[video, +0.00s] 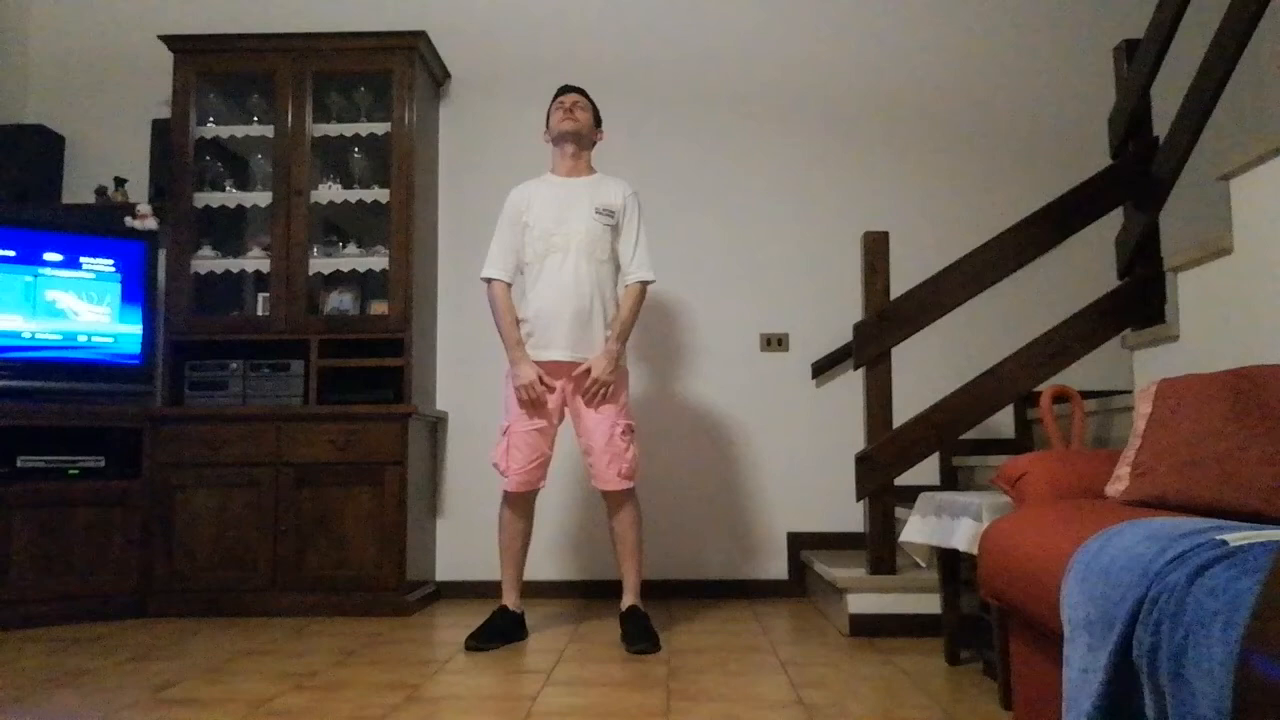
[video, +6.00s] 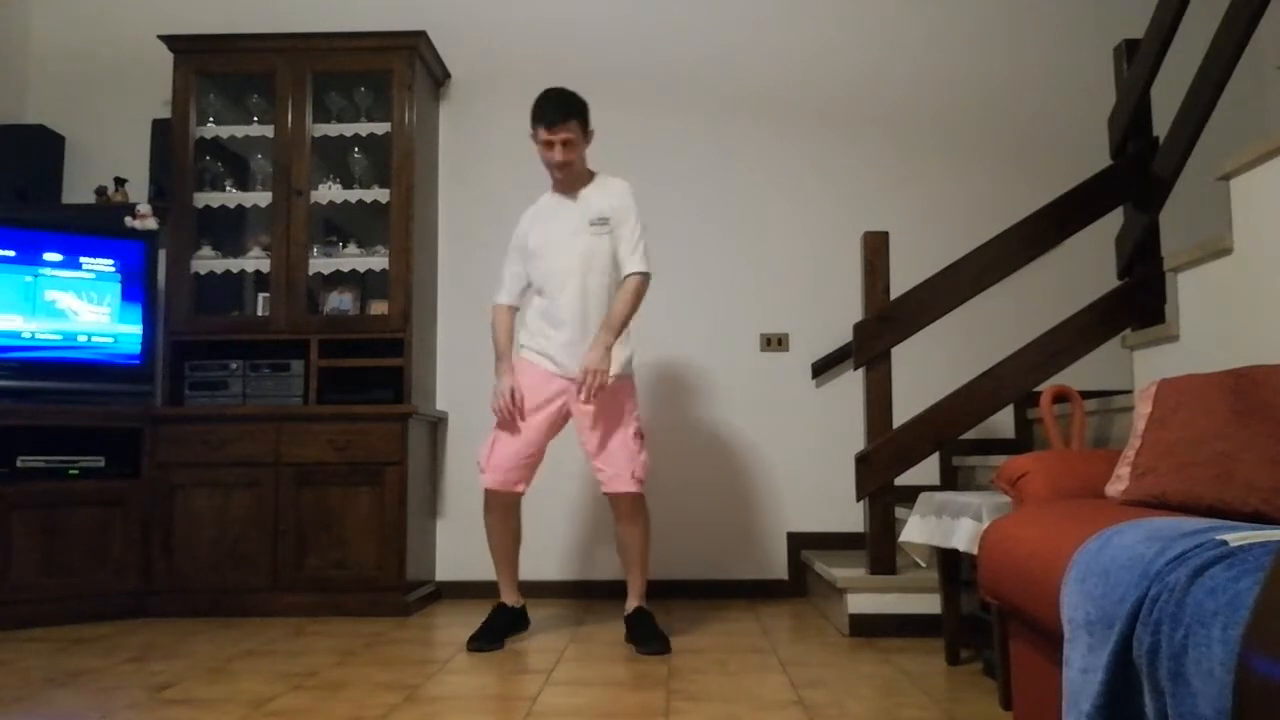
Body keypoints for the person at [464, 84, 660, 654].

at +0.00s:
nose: (567, 109)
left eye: (578, 106)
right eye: (559, 106)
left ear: (597, 132)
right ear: (546, 131)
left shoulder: (618, 194)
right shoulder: (522, 197)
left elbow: (637, 280)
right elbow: (497, 280)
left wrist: (613, 347)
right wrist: (517, 357)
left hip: (600, 365)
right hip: (533, 366)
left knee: (618, 484)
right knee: (517, 487)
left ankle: (632, 605)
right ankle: (509, 609)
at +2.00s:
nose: (558, 126)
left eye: (569, 118)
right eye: (549, 120)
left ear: (591, 131)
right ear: (541, 134)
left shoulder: (612, 190)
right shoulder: (527, 210)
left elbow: (638, 268)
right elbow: (500, 289)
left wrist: (595, 324)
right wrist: (507, 354)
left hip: (596, 365)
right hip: (530, 367)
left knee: (615, 486)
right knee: (512, 487)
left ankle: (632, 605)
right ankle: (509, 609)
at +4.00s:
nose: (607, 117)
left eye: (617, 114)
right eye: (596, 113)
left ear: (630, 138)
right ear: (579, 135)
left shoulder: (640, 210)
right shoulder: (554, 181)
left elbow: (645, 295)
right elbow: (499, 243)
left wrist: (616, 339)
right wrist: (496, 321)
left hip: (604, 369)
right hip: (538, 362)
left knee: (623, 485)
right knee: (507, 485)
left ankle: (632, 606)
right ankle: (505, 608)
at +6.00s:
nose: (558, 153)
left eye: (568, 142)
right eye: (548, 144)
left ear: (587, 140)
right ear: (535, 145)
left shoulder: (613, 195)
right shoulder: (531, 219)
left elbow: (637, 276)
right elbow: (503, 302)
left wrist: (603, 344)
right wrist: (503, 370)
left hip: (604, 368)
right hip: (537, 367)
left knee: (625, 489)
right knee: (498, 481)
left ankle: (637, 607)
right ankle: (509, 603)